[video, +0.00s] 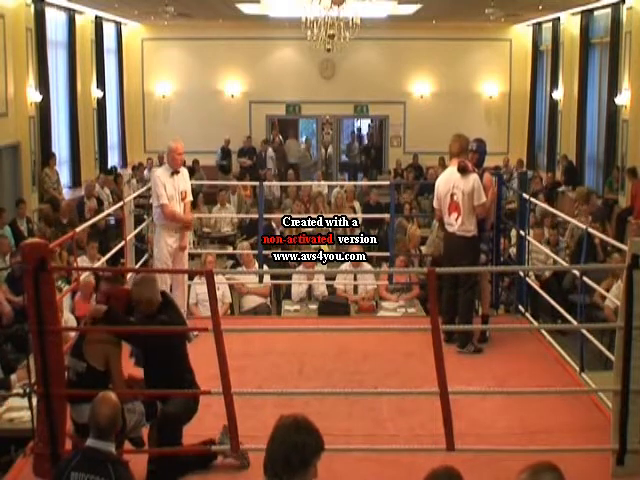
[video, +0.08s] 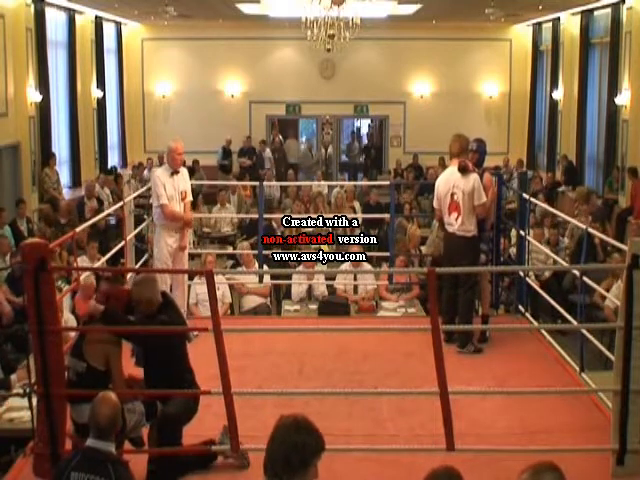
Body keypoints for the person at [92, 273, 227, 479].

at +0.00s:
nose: (140, 308)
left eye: (144, 303)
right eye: (137, 303)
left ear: (154, 300)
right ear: (133, 299)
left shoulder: (167, 323)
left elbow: (137, 334)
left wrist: (108, 314)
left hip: (183, 393)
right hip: (159, 392)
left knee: (167, 415)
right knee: (162, 466)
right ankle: (214, 447)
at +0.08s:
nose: (137, 307)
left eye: (140, 302)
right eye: (135, 302)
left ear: (150, 300)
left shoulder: (165, 323)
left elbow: (133, 331)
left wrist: (105, 312)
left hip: (182, 394)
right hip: (160, 393)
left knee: (167, 416)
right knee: (161, 466)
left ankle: (217, 449)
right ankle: (215, 446)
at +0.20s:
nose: (140, 307)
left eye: (144, 303)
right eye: (138, 302)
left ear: (154, 300)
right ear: (136, 299)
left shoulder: (169, 322)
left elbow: (135, 329)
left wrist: (100, 311)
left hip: (183, 393)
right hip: (157, 393)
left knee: (167, 416)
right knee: (165, 466)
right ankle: (213, 449)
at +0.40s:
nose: (140, 307)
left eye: (143, 303)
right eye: (138, 302)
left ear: (154, 302)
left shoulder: (168, 322)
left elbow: (132, 327)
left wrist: (100, 310)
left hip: (183, 394)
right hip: (158, 393)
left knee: (166, 417)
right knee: (166, 466)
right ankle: (214, 448)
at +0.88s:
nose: (140, 308)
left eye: (143, 303)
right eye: (138, 302)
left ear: (154, 301)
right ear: (137, 300)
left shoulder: (169, 322)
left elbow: (133, 327)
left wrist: (100, 309)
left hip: (183, 393)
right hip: (157, 393)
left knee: (167, 416)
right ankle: (213, 449)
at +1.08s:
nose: (137, 309)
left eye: (141, 304)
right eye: (135, 304)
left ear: (153, 302)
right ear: (134, 300)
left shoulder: (169, 321)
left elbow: (132, 327)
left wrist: (100, 309)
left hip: (183, 392)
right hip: (157, 392)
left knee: (166, 417)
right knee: (166, 466)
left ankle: (157, 470)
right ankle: (212, 449)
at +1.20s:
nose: (136, 309)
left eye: (140, 304)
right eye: (135, 304)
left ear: (152, 303)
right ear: (133, 301)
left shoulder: (167, 321)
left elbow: (131, 326)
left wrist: (101, 310)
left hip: (183, 393)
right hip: (159, 394)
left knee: (167, 416)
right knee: (164, 467)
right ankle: (216, 447)